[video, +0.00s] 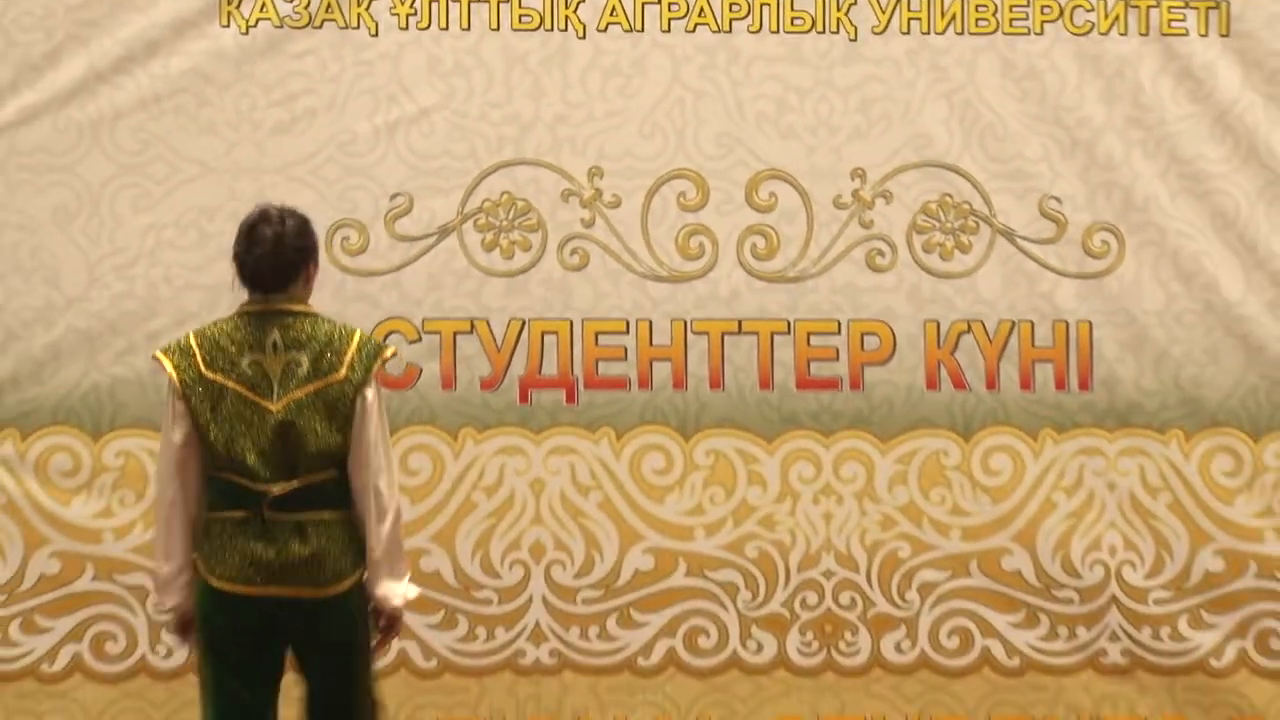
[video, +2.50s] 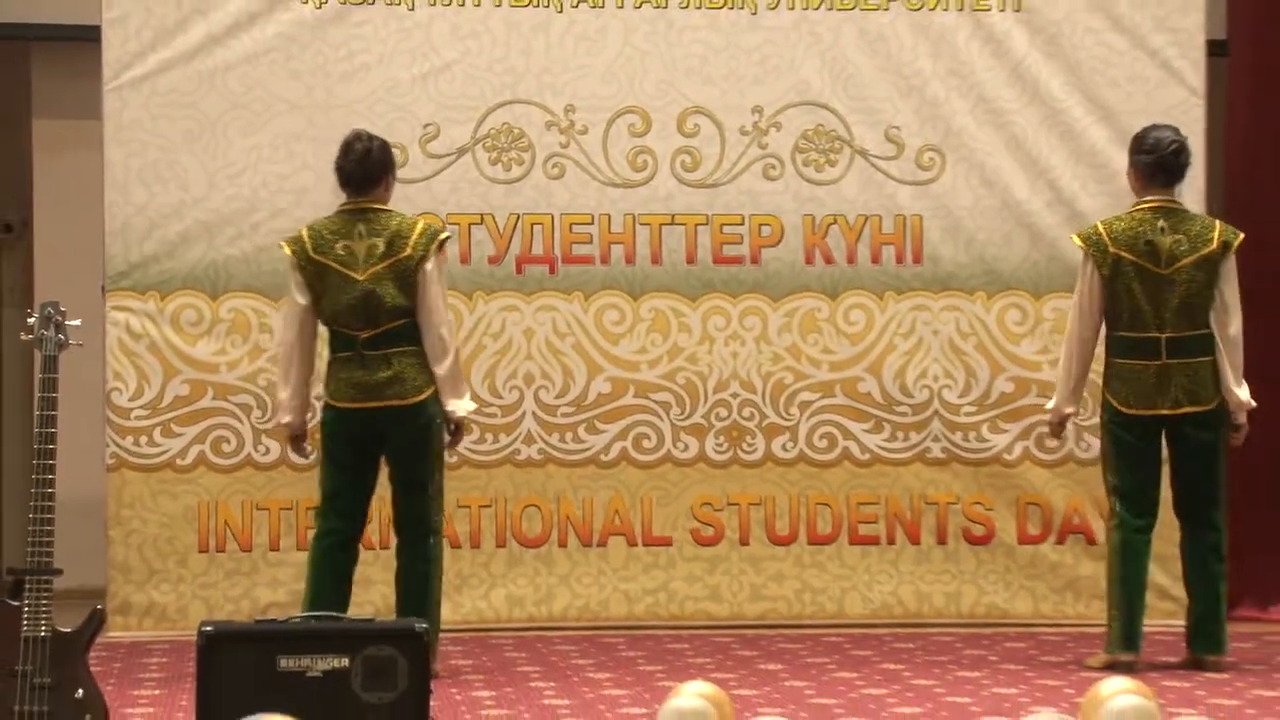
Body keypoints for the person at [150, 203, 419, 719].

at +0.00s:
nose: (317, 271)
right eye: (316, 262)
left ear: (240, 270)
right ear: (311, 270)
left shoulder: (192, 357)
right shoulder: (351, 353)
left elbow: (177, 486)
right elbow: (372, 480)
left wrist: (175, 594)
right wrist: (388, 585)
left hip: (231, 598)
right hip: (331, 597)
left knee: (235, 713)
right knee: (344, 711)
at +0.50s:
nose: (383, 240)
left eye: (378, 231)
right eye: (381, 231)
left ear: (313, 239)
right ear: (373, 237)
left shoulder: (274, 323)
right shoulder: (413, 310)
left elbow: (264, 445)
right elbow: (440, 430)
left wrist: (258, 544)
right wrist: (468, 528)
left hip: (327, 539)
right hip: (411, 533)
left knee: (310, 691)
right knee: (422, 694)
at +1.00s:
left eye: (375, 201)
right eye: (426, 200)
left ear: (370, 207)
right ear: (432, 206)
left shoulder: (344, 278)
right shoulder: (473, 279)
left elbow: (326, 388)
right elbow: (482, 388)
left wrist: (313, 481)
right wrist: (484, 476)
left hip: (363, 485)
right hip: (446, 487)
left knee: (326, 608)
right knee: (439, 628)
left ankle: (336, 714)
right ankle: (435, 717)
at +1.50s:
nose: (363, 190)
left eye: (350, 180)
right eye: (390, 183)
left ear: (346, 185)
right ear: (405, 188)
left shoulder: (314, 252)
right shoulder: (433, 259)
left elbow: (292, 352)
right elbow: (444, 362)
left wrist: (277, 438)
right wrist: (449, 445)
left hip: (322, 444)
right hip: (399, 448)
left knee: (306, 584)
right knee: (412, 584)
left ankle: (300, 718)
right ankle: (430, 714)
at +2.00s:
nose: (369, 179)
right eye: (370, 171)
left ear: (314, 173)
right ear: (368, 174)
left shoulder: (276, 240)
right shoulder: (394, 240)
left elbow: (265, 338)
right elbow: (411, 337)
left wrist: (259, 417)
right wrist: (420, 416)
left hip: (304, 421)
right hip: (377, 421)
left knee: (307, 544)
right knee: (386, 534)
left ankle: (311, 667)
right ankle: (377, 659)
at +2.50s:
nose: (394, 182)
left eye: (382, 175)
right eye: (394, 175)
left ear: (340, 181)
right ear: (390, 180)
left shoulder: (310, 243)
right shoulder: (418, 236)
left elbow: (300, 336)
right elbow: (435, 329)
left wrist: (296, 410)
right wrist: (455, 403)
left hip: (345, 410)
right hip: (412, 408)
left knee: (336, 528)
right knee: (419, 532)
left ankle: (317, 648)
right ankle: (416, 652)